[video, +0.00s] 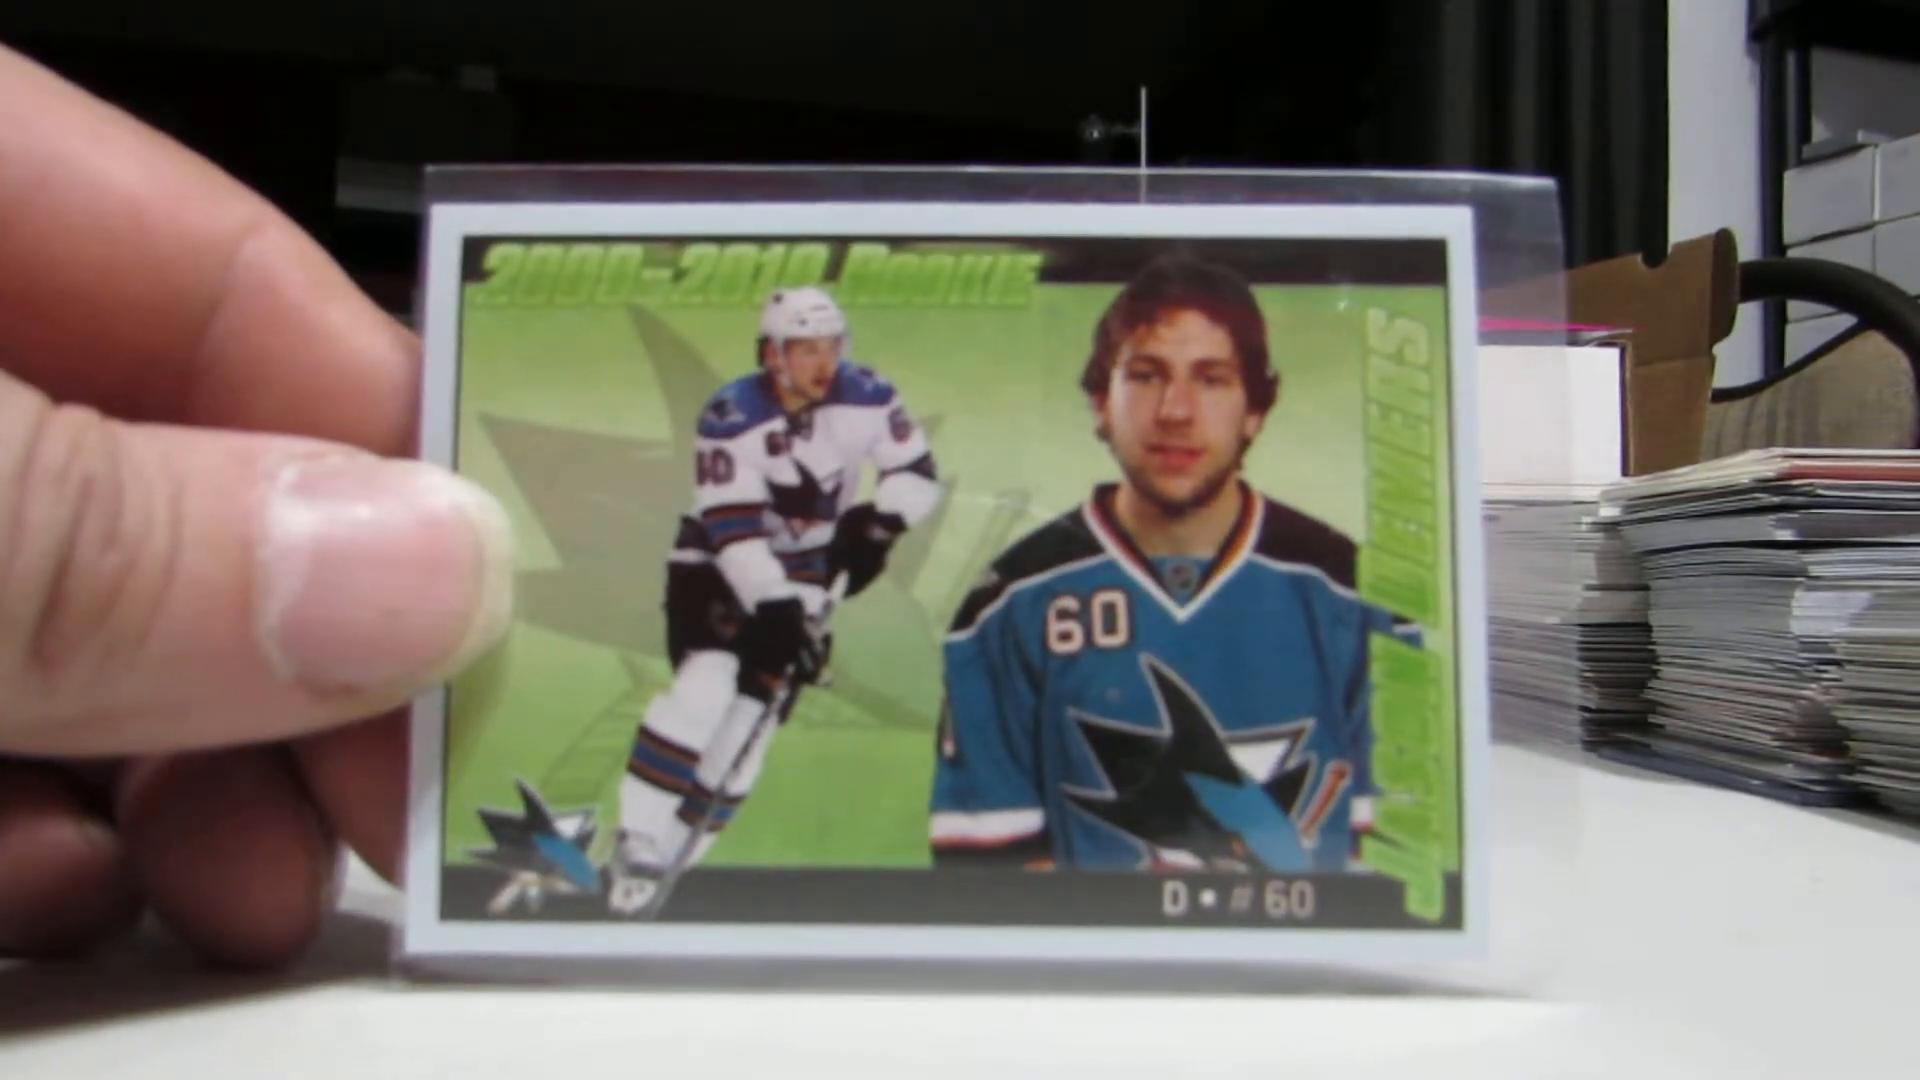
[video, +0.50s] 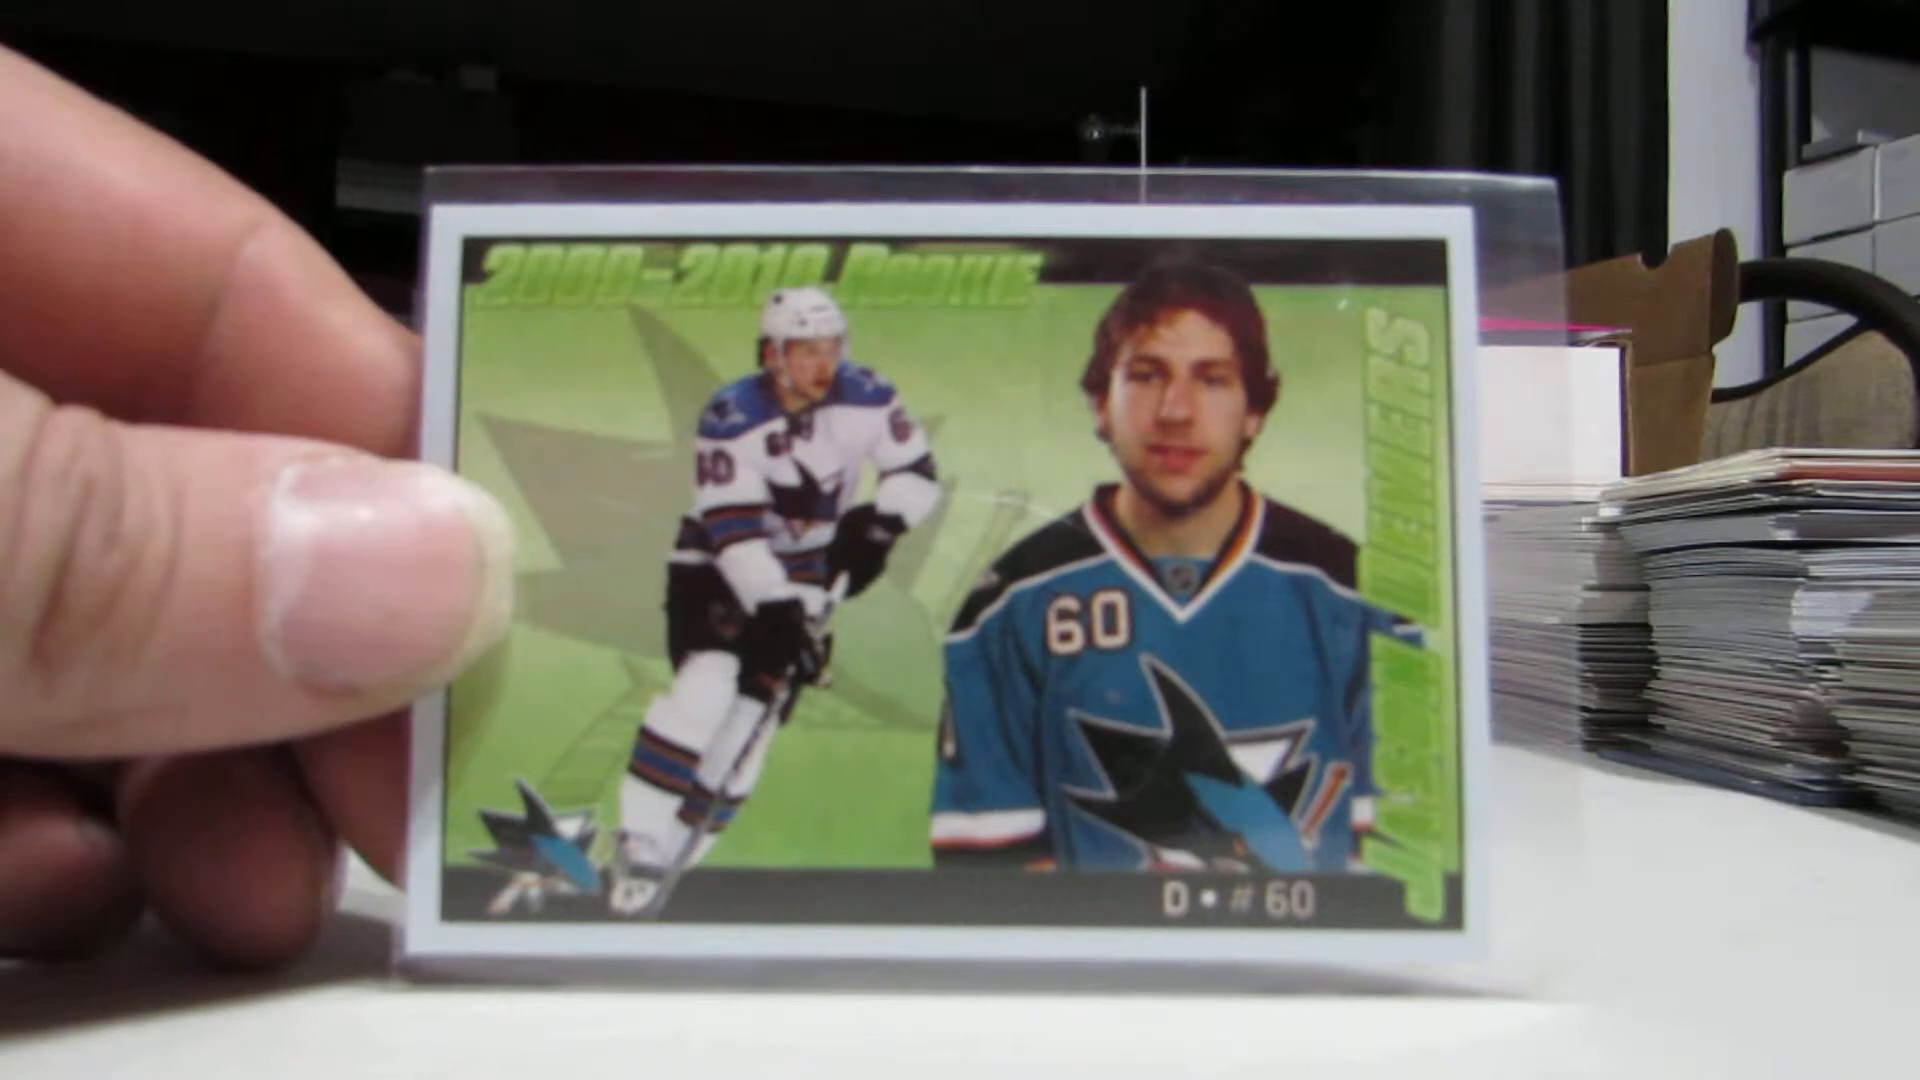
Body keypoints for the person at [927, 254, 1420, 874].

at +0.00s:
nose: (1175, 409)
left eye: (1210, 379)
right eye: (1146, 375)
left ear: (1254, 412)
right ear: (1101, 404)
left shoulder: (1348, 585)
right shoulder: (1015, 600)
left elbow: (1393, 852)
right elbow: (989, 874)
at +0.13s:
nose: (1175, 409)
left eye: (1210, 379)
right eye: (1146, 375)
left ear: (1254, 411)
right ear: (1101, 404)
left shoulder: (1347, 585)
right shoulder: (1015, 600)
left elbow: (1391, 852)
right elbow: (987, 875)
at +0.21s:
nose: (1175, 409)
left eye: (1211, 379)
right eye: (1146, 375)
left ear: (1254, 412)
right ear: (1101, 405)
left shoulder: (1347, 585)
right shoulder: (1015, 600)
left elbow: (1392, 852)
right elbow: (987, 875)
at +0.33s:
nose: (1175, 409)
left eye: (1211, 378)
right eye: (1146, 375)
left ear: (1254, 412)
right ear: (1101, 406)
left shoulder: (1344, 583)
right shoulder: (1015, 601)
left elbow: (1387, 846)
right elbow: (989, 873)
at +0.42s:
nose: (1175, 409)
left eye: (1211, 379)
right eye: (1146, 375)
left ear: (1253, 412)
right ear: (1101, 405)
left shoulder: (1350, 587)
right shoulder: (1014, 603)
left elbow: (1394, 853)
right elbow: (988, 874)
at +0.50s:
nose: (1175, 409)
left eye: (1211, 379)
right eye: (1146, 375)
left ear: (1253, 412)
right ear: (1101, 406)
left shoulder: (1349, 587)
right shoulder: (1014, 603)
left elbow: (1394, 853)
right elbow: (989, 874)